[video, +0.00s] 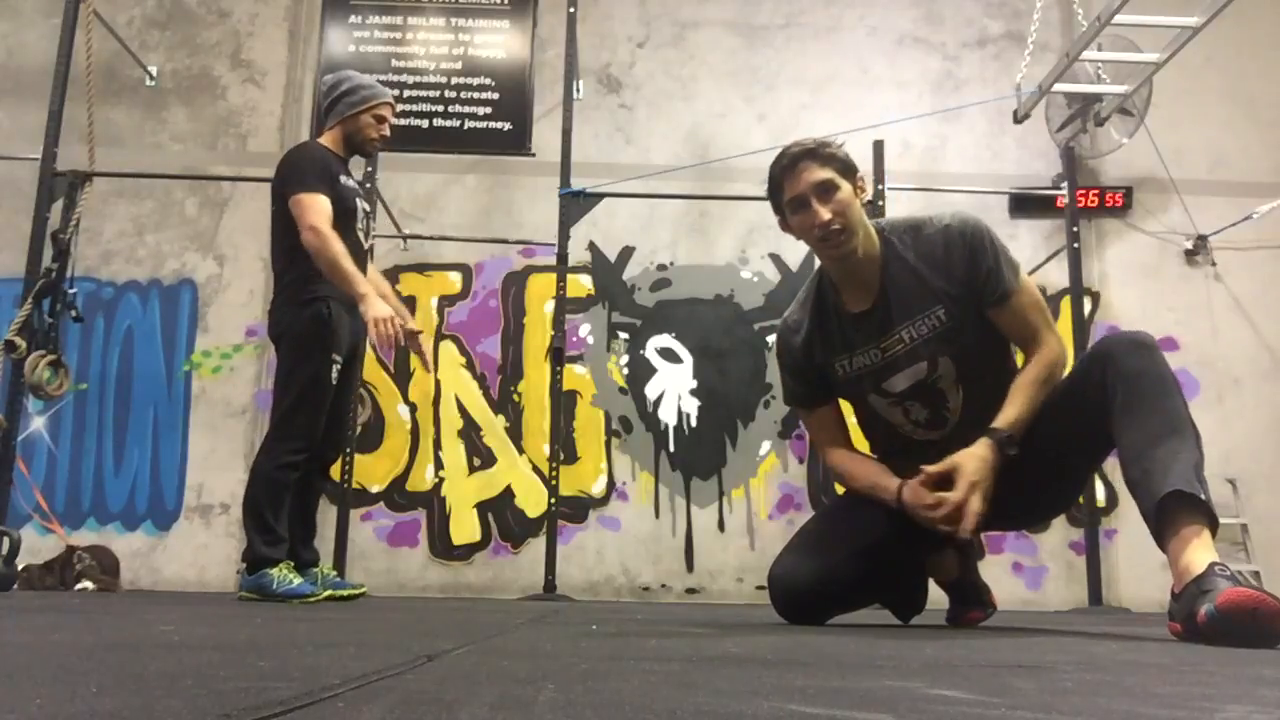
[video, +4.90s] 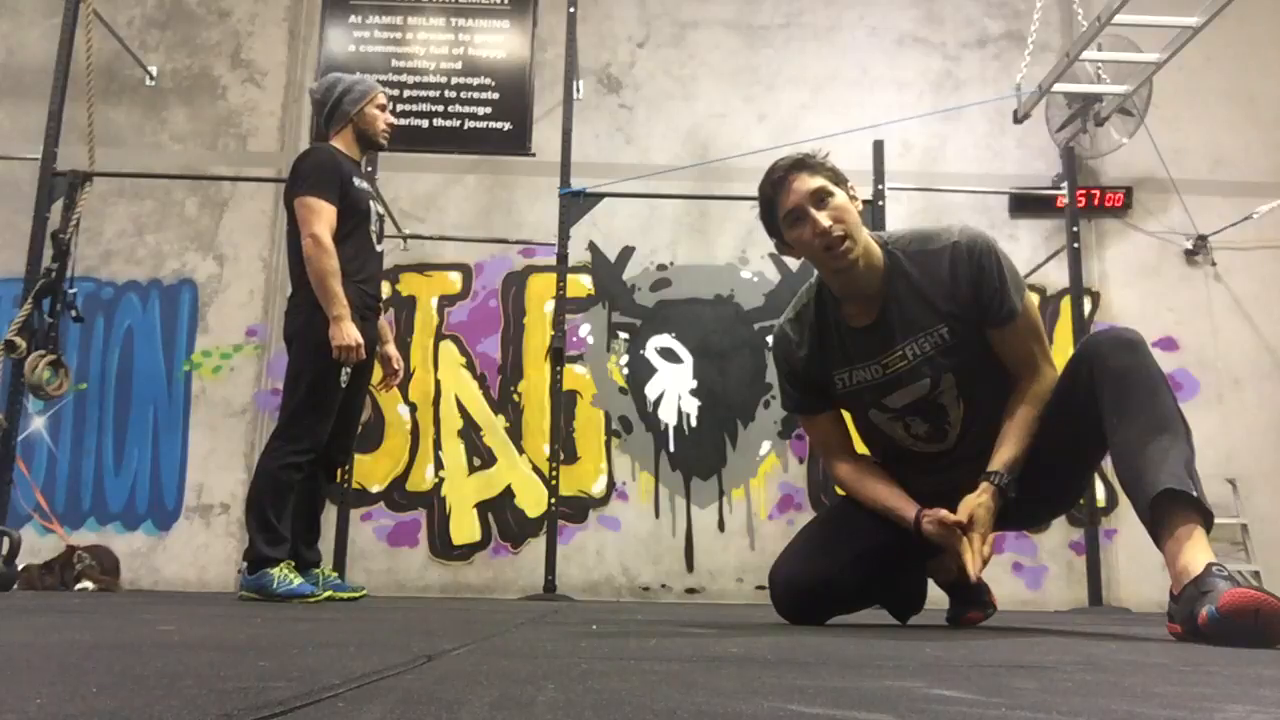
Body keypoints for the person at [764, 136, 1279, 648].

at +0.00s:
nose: (820, 213)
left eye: (826, 191)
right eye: (799, 209)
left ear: (859, 188)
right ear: (791, 230)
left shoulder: (958, 244)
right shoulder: (801, 337)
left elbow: (1048, 349)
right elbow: (835, 448)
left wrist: (992, 448)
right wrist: (900, 492)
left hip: (1014, 466)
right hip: (909, 495)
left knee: (1126, 353)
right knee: (796, 590)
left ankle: (1196, 575)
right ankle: (944, 561)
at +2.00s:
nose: (824, 225)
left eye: (831, 201)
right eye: (802, 221)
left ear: (867, 197)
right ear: (796, 243)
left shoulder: (970, 260)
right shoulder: (805, 337)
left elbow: (1040, 378)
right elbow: (841, 455)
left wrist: (988, 483)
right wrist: (918, 518)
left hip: (1018, 473)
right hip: (912, 497)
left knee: (1119, 348)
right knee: (796, 590)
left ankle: (1195, 578)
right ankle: (940, 559)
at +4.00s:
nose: (819, 217)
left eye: (823, 196)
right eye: (796, 218)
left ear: (857, 195)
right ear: (788, 248)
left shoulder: (963, 259)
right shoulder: (800, 342)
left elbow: (1037, 378)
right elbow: (838, 458)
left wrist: (992, 488)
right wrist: (917, 518)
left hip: (1015, 471)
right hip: (909, 498)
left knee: (1116, 349)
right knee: (795, 591)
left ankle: (1195, 578)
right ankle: (936, 561)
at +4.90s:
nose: (820, 221)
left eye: (823, 199)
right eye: (797, 220)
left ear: (854, 198)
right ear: (788, 249)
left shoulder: (963, 259)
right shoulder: (800, 342)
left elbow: (1037, 378)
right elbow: (839, 458)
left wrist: (992, 488)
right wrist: (917, 519)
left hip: (1014, 469)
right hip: (909, 496)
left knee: (1116, 348)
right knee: (795, 591)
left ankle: (1195, 578)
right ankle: (935, 560)